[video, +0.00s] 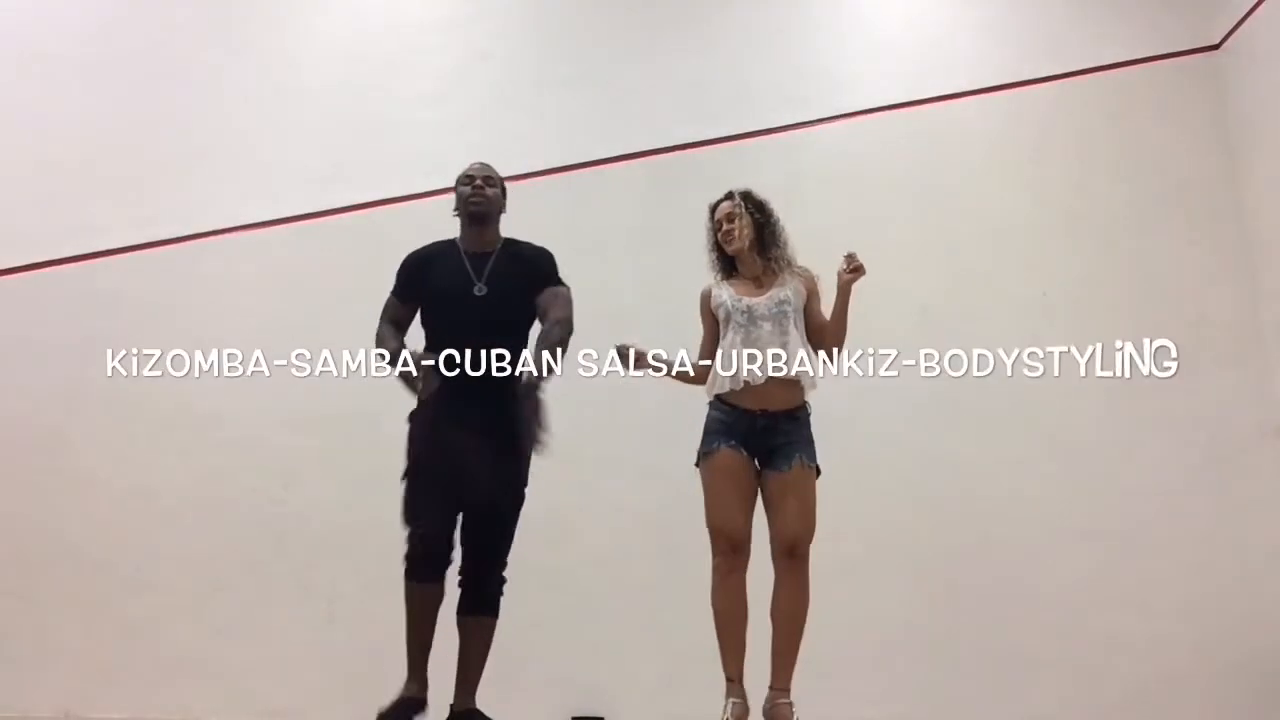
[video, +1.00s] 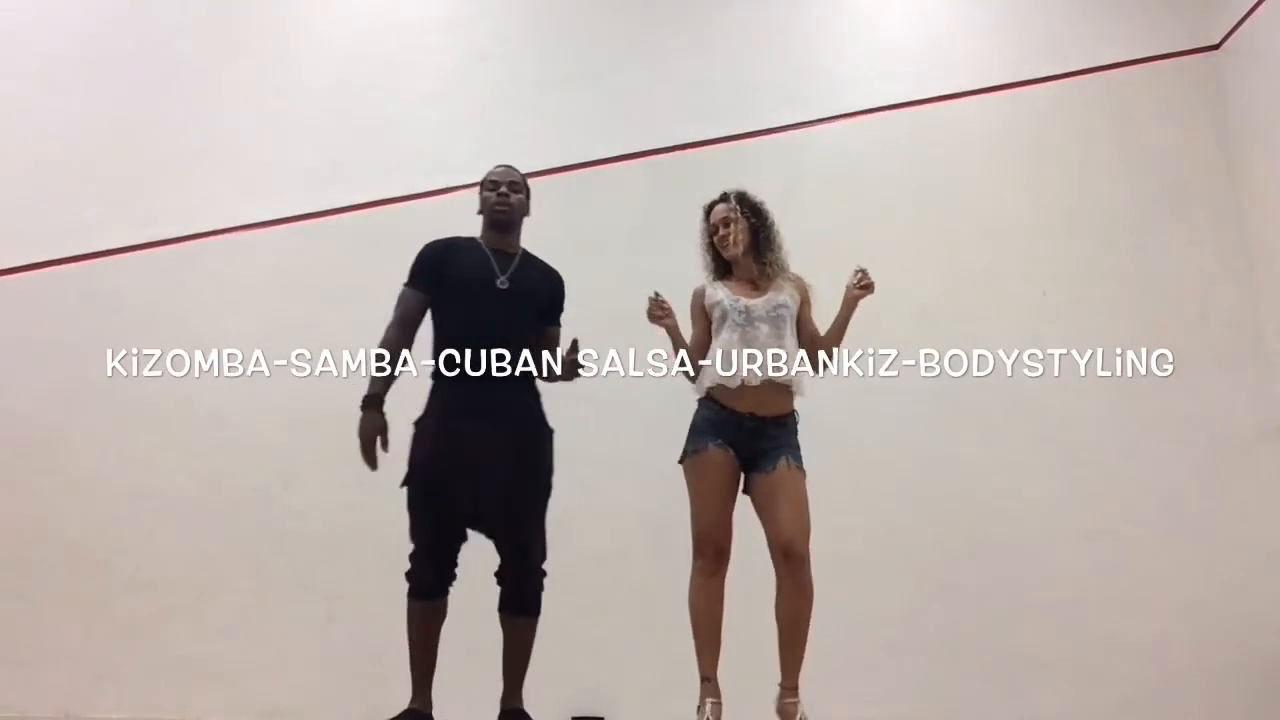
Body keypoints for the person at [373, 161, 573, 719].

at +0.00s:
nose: (478, 185)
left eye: (489, 181)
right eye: (468, 181)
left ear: (505, 200)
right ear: (453, 200)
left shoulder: (533, 261)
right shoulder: (425, 263)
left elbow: (559, 321)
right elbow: (388, 331)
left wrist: (535, 367)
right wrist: (413, 376)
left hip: (503, 434)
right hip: (438, 430)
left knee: (484, 570)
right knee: (425, 558)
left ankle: (465, 702)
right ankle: (415, 687)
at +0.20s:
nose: (461, 182)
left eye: (473, 178)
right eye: (453, 177)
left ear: (490, 200)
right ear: (439, 198)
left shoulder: (513, 255)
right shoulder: (411, 266)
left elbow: (548, 333)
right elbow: (385, 344)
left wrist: (551, 412)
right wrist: (405, 343)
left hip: (492, 439)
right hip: (423, 437)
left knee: (482, 575)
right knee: (416, 570)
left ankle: (464, 705)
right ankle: (418, 703)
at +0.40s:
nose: (459, 183)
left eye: (471, 180)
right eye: (450, 179)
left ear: (486, 201)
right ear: (434, 199)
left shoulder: (506, 256)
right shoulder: (409, 271)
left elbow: (528, 350)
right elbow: (384, 353)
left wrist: (513, 424)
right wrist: (399, 337)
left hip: (476, 432)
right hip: (413, 432)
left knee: (463, 563)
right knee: (410, 567)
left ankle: (473, 699)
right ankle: (417, 702)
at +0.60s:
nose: (466, 181)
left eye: (477, 178)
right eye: (457, 176)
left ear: (492, 199)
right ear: (441, 195)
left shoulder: (514, 260)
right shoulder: (407, 261)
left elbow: (538, 345)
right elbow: (382, 327)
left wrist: (534, 414)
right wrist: (388, 368)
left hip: (480, 425)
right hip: (419, 422)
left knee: (465, 542)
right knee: (413, 560)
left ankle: (482, 663)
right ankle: (418, 701)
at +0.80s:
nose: (483, 185)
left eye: (494, 180)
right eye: (474, 178)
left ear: (509, 200)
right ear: (458, 195)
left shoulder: (529, 267)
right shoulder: (420, 253)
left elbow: (542, 342)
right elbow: (386, 325)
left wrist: (558, 371)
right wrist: (367, 394)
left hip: (498, 428)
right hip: (426, 427)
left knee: (506, 541)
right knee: (417, 562)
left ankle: (505, 666)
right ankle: (418, 703)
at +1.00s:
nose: (503, 192)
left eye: (514, 187)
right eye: (493, 185)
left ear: (529, 207)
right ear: (477, 202)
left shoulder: (545, 280)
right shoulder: (442, 256)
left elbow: (543, 363)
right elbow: (401, 329)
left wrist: (563, 365)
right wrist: (372, 403)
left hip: (519, 442)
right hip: (447, 435)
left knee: (524, 574)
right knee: (429, 568)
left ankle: (512, 703)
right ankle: (420, 703)